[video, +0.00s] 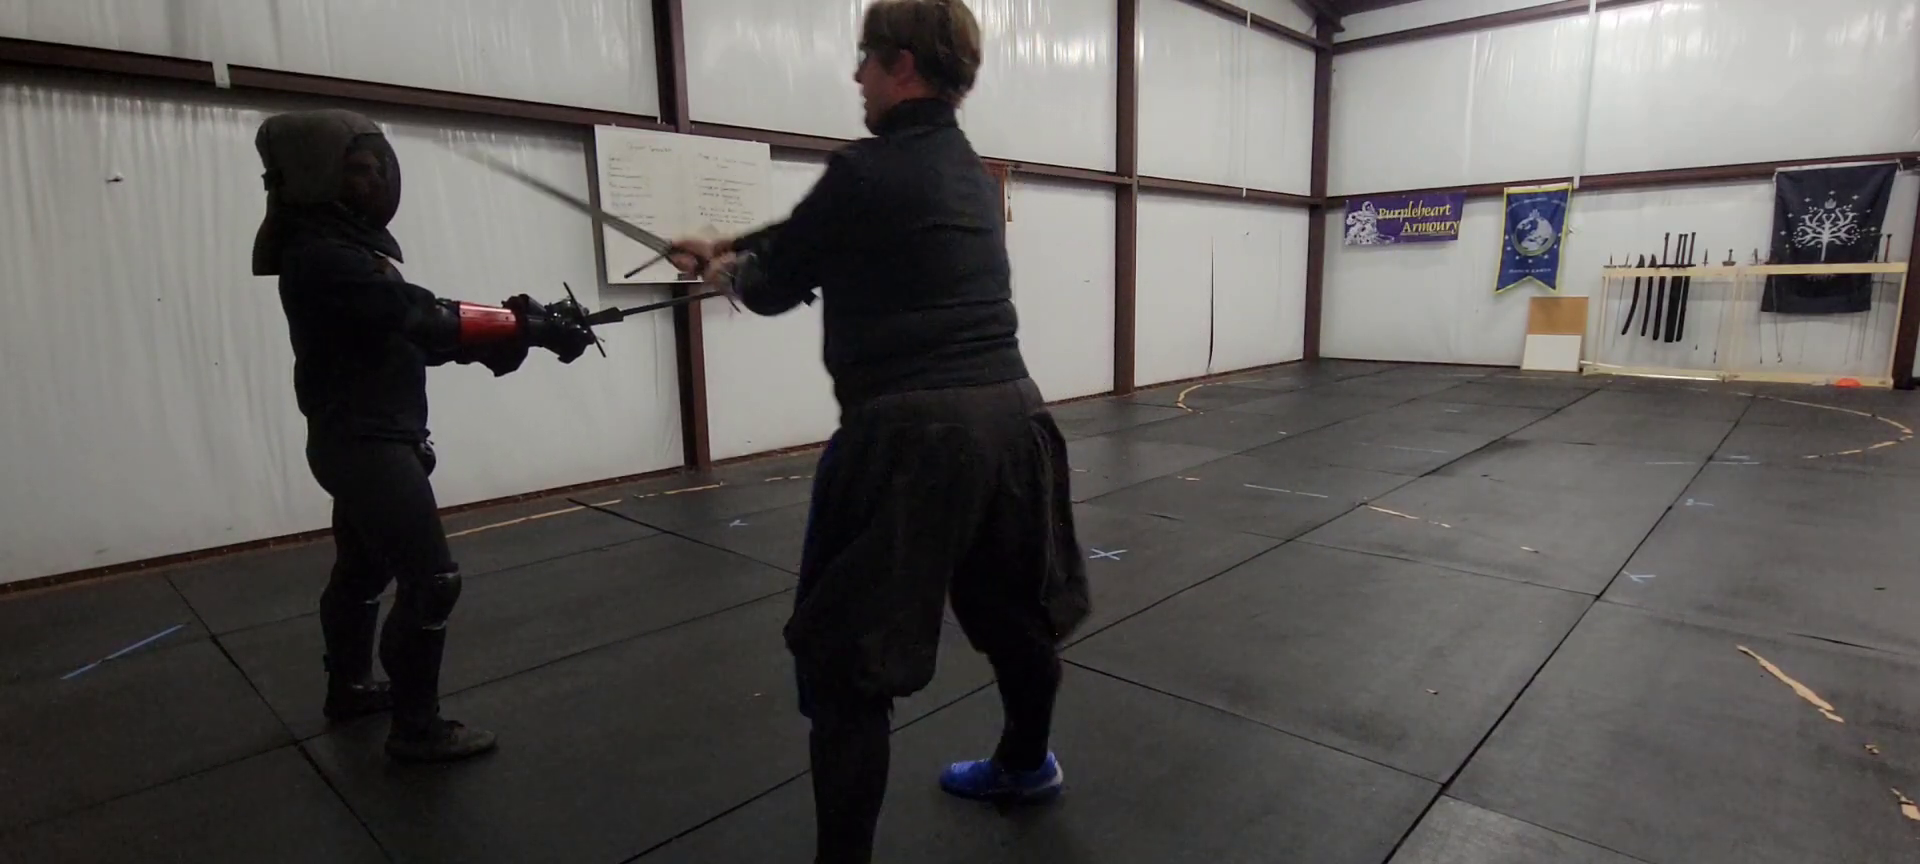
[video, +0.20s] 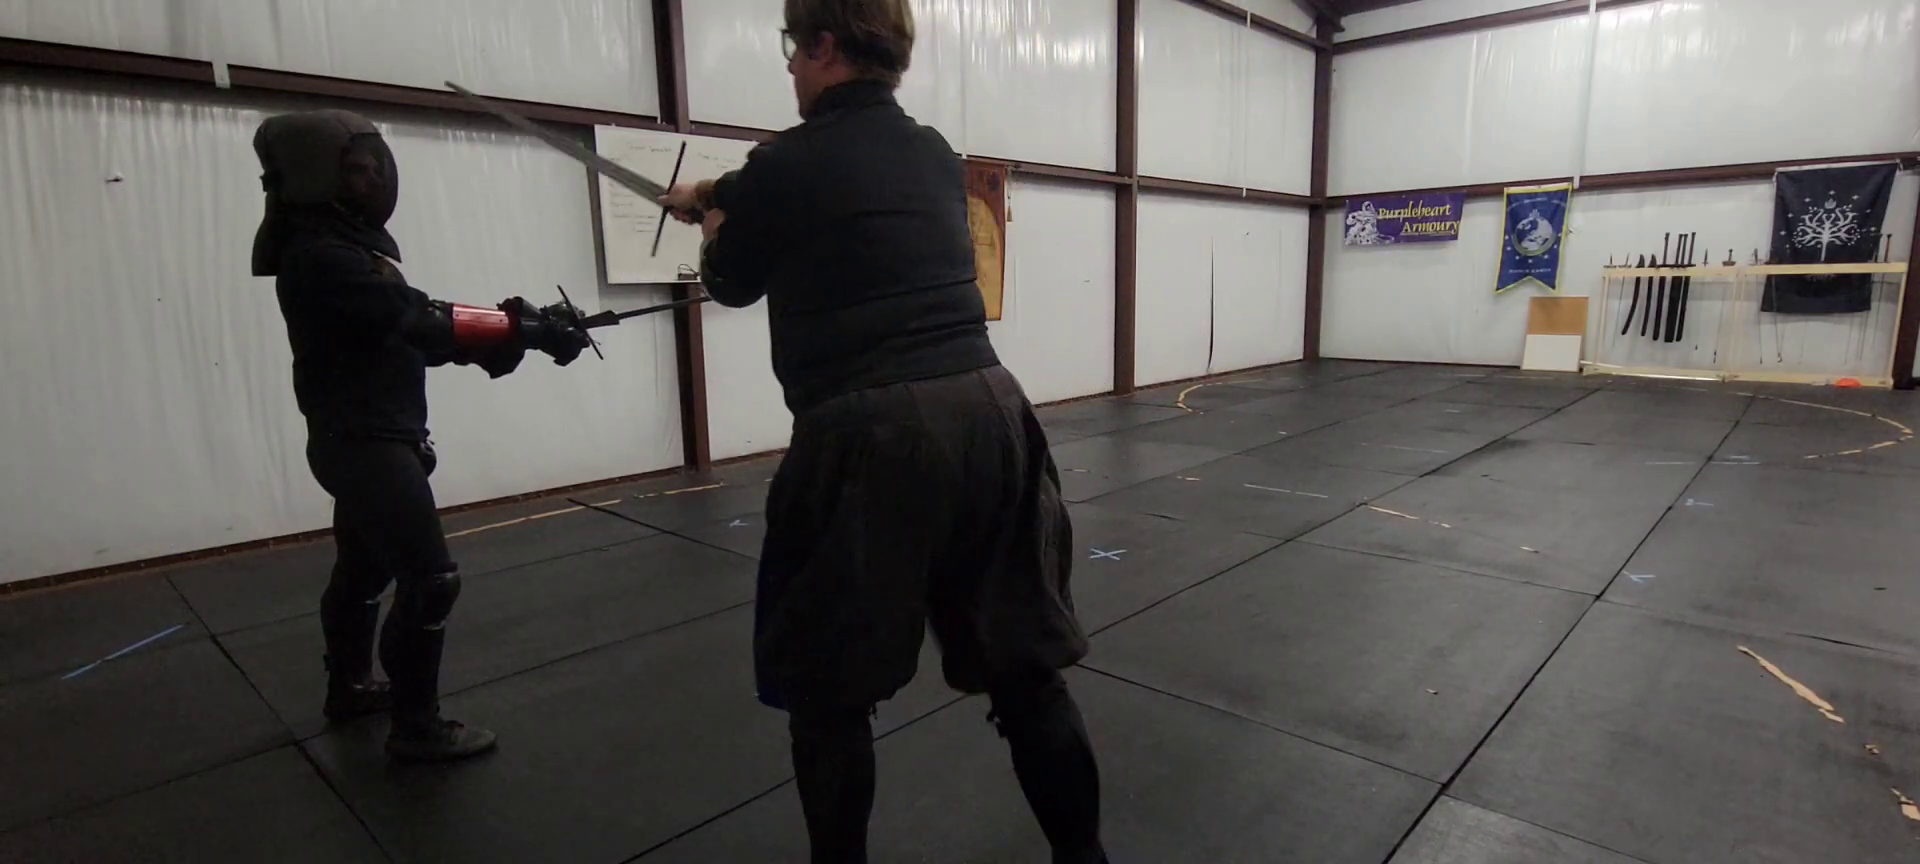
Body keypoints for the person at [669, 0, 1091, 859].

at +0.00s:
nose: (857, 75)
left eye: (867, 59)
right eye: (861, 59)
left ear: (905, 69)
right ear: (932, 75)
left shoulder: (863, 174)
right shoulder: (972, 169)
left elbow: (772, 283)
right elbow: (839, 238)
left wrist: (722, 267)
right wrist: (734, 249)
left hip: (901, 432)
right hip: (1009, 418)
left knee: (843, 648)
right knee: (1013, 602)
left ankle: (844, 847)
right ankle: (1027, 763)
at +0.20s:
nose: (789, 63)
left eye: (795, 44)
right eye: (791, 45)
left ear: (828, 48)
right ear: (879, 53)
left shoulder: (780, 165)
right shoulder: (934, 149)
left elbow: (730, 283)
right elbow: (832, 187)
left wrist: (717, 230)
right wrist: (720, 190)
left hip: (862, 435)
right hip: (989, 415)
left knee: (829, 685)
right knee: (1026, 669)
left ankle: (838, 854)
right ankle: (1082, 851)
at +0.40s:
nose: (770, 68)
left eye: (771, 47)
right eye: (771, 48)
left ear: (793, 46)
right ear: (875, 47)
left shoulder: (746, 176)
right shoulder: (936, 146)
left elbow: (741, 314)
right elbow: (949, 273)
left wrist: (849, 278)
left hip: (843, 450)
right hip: (979, 428)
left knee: (817, 703)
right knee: (1029, 705)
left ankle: (835, 855)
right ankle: (1088, 848)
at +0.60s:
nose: (788, 87)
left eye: (788, 70)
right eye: (788, 70)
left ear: (809, 73)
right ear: (898, 66)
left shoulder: (761, 212)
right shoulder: (980, 171)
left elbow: (777, 363)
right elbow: (1031, 342)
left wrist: (853, 426)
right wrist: (953, 402)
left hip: (849, 498)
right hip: (997, 475)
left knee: (798, 701)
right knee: (1047, 748)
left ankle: (831, 850)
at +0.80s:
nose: (832, 112)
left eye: (832, 97)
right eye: (834, 97)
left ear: (841, 99)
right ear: (936, 97)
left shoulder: (795, 244)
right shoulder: (1016, 193)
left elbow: (835, 387)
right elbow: (1089, 360)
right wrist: (1084, 454)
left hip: (873, 520)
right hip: (1031, 493)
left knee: (800, 704)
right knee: (1065, 767)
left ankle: (831, 850)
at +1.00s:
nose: (834, 99)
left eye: (832, 87)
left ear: (840, 92)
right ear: (939, 89)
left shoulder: (795, 230)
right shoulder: (1013, 183)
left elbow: (840, 386)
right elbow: (1095, 361)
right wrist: (1071, 448)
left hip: (867, 517)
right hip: (1025, 495)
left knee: (804, 703)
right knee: (1069, 768)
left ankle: (833, 851)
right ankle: (1082, 848)